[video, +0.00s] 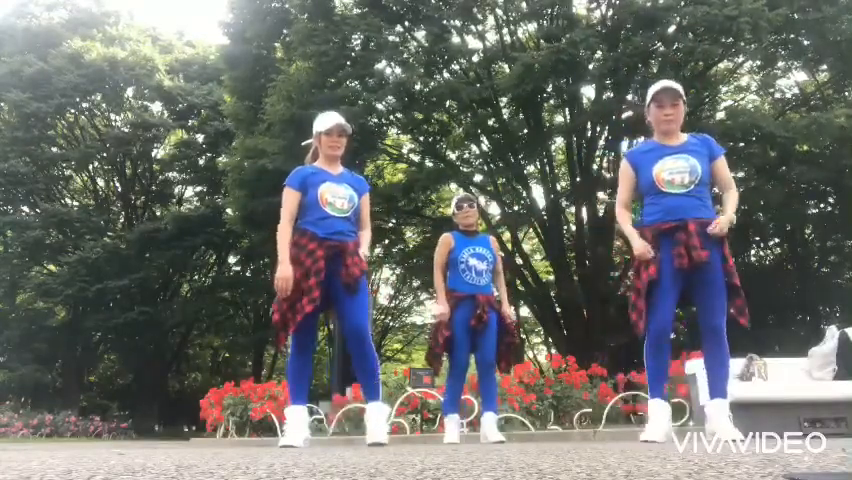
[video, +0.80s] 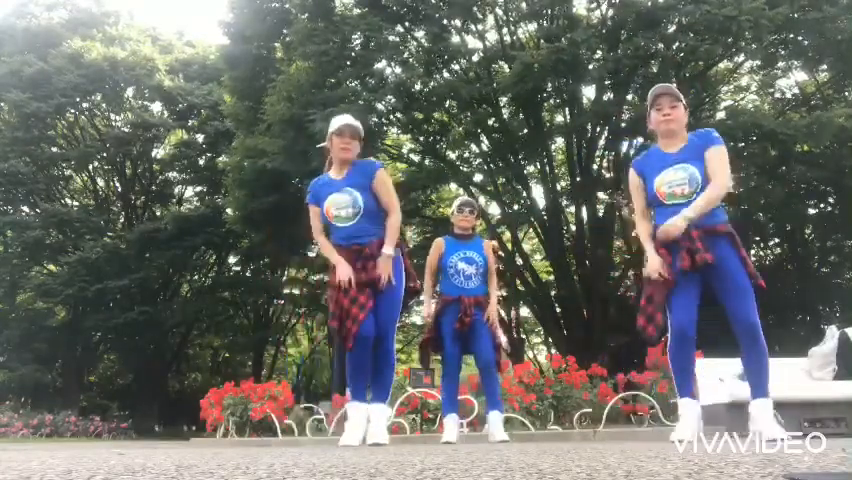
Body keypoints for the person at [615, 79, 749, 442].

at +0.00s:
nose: (667, 111)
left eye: (674, 105)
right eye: (660, 105)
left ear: (684, 109)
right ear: (648, 112)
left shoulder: (705, 145)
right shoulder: (635, 155)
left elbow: (729, 188)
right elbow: (622, 207)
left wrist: (726, 216)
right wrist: (634, 239)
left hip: (705, 236)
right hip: (660, 241)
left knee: (715, 324)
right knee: (659, 326)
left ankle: (718, 411)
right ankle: (658, 413)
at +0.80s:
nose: (667, 112)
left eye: (673, 106)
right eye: (659, 109)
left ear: (686, 113)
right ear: (650, 120)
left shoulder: (706, 139)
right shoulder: (640, 165)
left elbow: (721, 184)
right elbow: (641, 215)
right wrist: (650, 250)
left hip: (716, 240)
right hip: (673, 248)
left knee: (748, 322)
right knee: (680, 327)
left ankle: (761, 411)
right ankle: (687, 412)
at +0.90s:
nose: (658, 112)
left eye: (664, 106)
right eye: (650, 109)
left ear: (678, 112)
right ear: (642, 120)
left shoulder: (692, 134)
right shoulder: (635, 164)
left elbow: (696, 176)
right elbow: (638, 217)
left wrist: (652, 213)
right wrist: (647, 245)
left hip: (712, 240)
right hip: (668, 249)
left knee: (747, 319)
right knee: (660, 315)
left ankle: (765, 409)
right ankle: (677, 402)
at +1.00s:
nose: (643, 114)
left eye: (650, 108)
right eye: (635, 111)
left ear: (664, 115)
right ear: (628, 123)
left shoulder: (678, 137)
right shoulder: (626, 165)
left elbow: (694, 173)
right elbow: (628, 211)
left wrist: (657, 215)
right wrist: (633, 235)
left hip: (701, 240)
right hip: (661, 250)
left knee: (741, 313)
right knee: (638, 314)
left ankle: (771, 402)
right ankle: (645, 405)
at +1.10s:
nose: (627, 130)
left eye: (634, 124)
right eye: (621, 127)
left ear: (649, 131)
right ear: (614, 137)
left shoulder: (668, 158)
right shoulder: (616, 180)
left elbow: (711, 192)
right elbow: (616, 229)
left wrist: (684, 228)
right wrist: (611, 248)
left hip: (681, 259)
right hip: (639, 267)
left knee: (727, 332)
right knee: (605, 328)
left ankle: (777, 404)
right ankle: (614, 416)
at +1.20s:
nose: (628, 131)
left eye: (635, 125)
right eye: (622, 128)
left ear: (650, 131)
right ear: (615, 139)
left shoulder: (671, 158)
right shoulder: (615, 181)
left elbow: (707, 196)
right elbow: (607, 228)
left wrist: (679, 218)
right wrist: (595, 241)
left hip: (674, 262)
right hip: (634, 268)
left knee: (711, 338)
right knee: (597, 327)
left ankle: (764, 408)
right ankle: (613, 417)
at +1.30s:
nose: (634, 115)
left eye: (640, 108)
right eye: (626, 112)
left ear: (654, 113)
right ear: (620, 123)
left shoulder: (672, 136)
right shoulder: (617, 163)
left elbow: (694, 170)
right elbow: (601, 205)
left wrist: (647, 187)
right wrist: (601, 224)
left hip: (682, 239)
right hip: (642, 249)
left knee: (724, 319)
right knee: (621, 323)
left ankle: (765, 403)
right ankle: (612, 412)